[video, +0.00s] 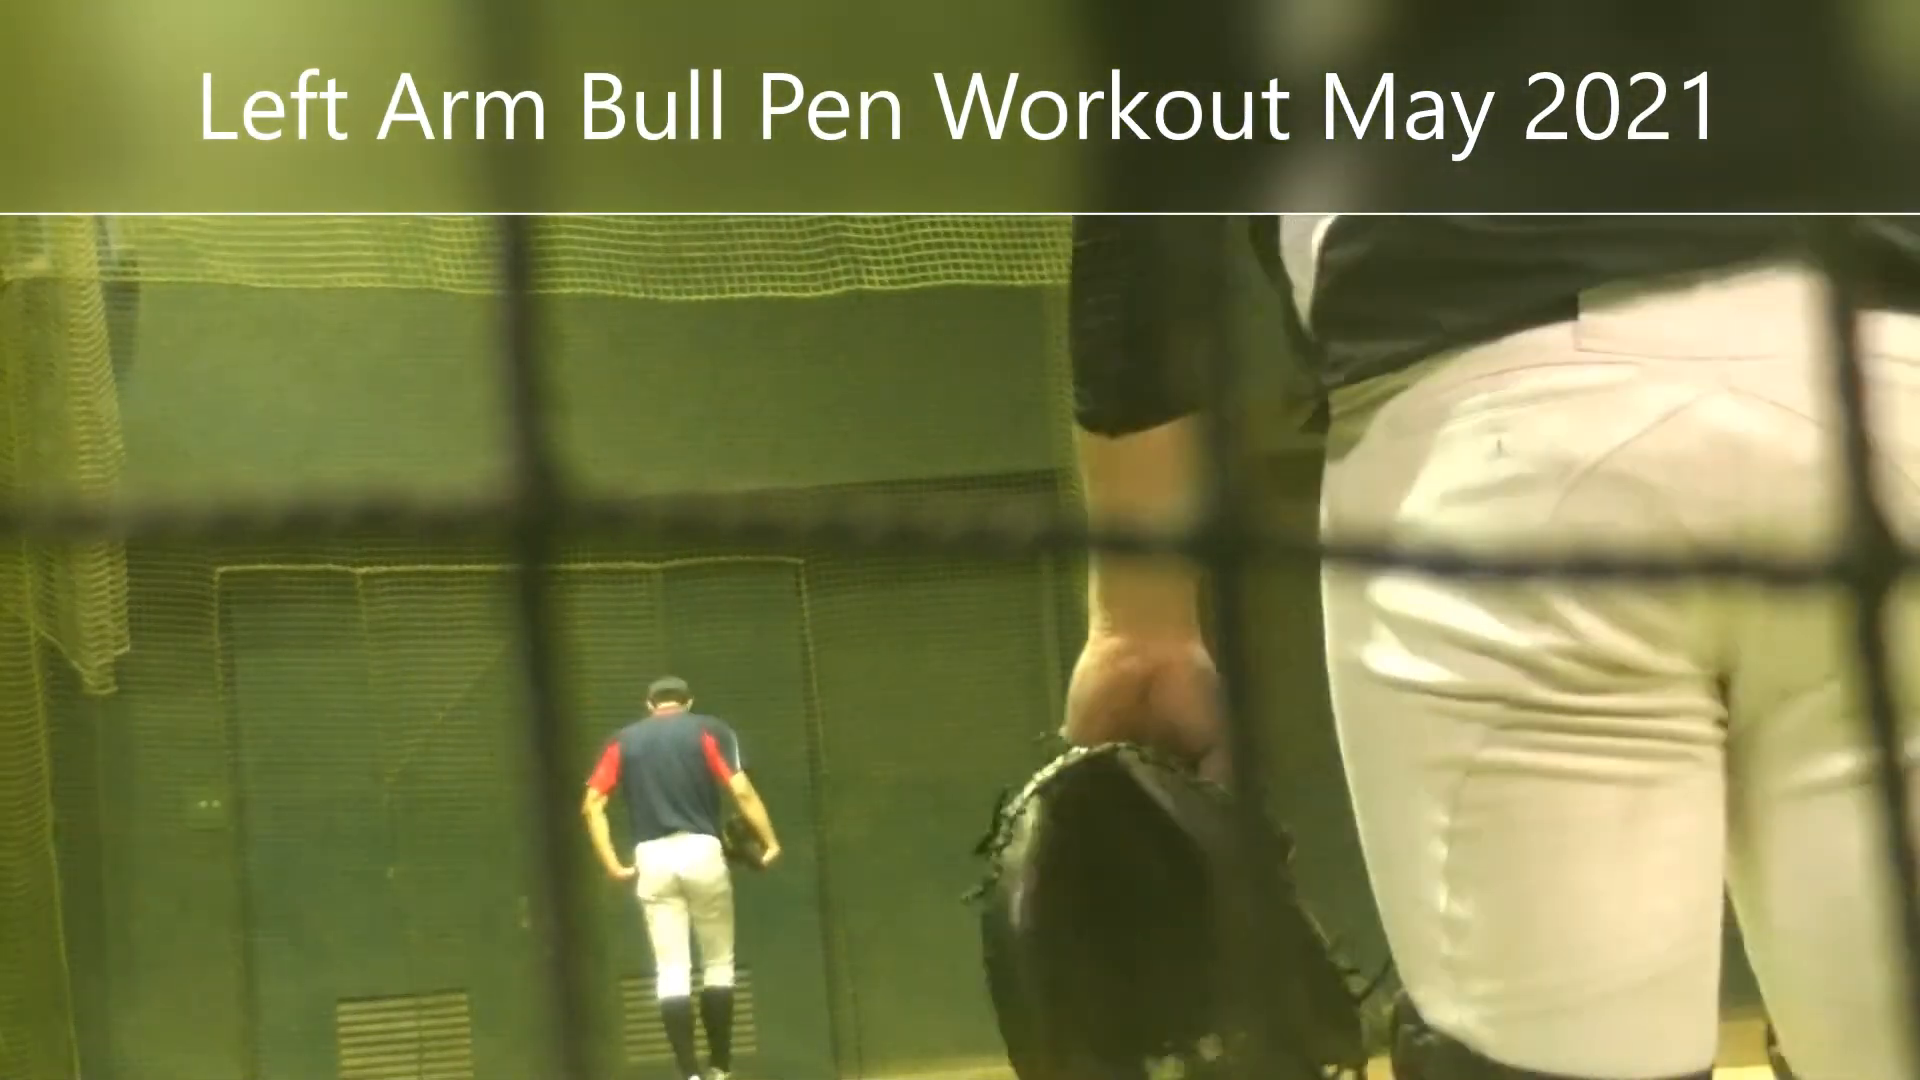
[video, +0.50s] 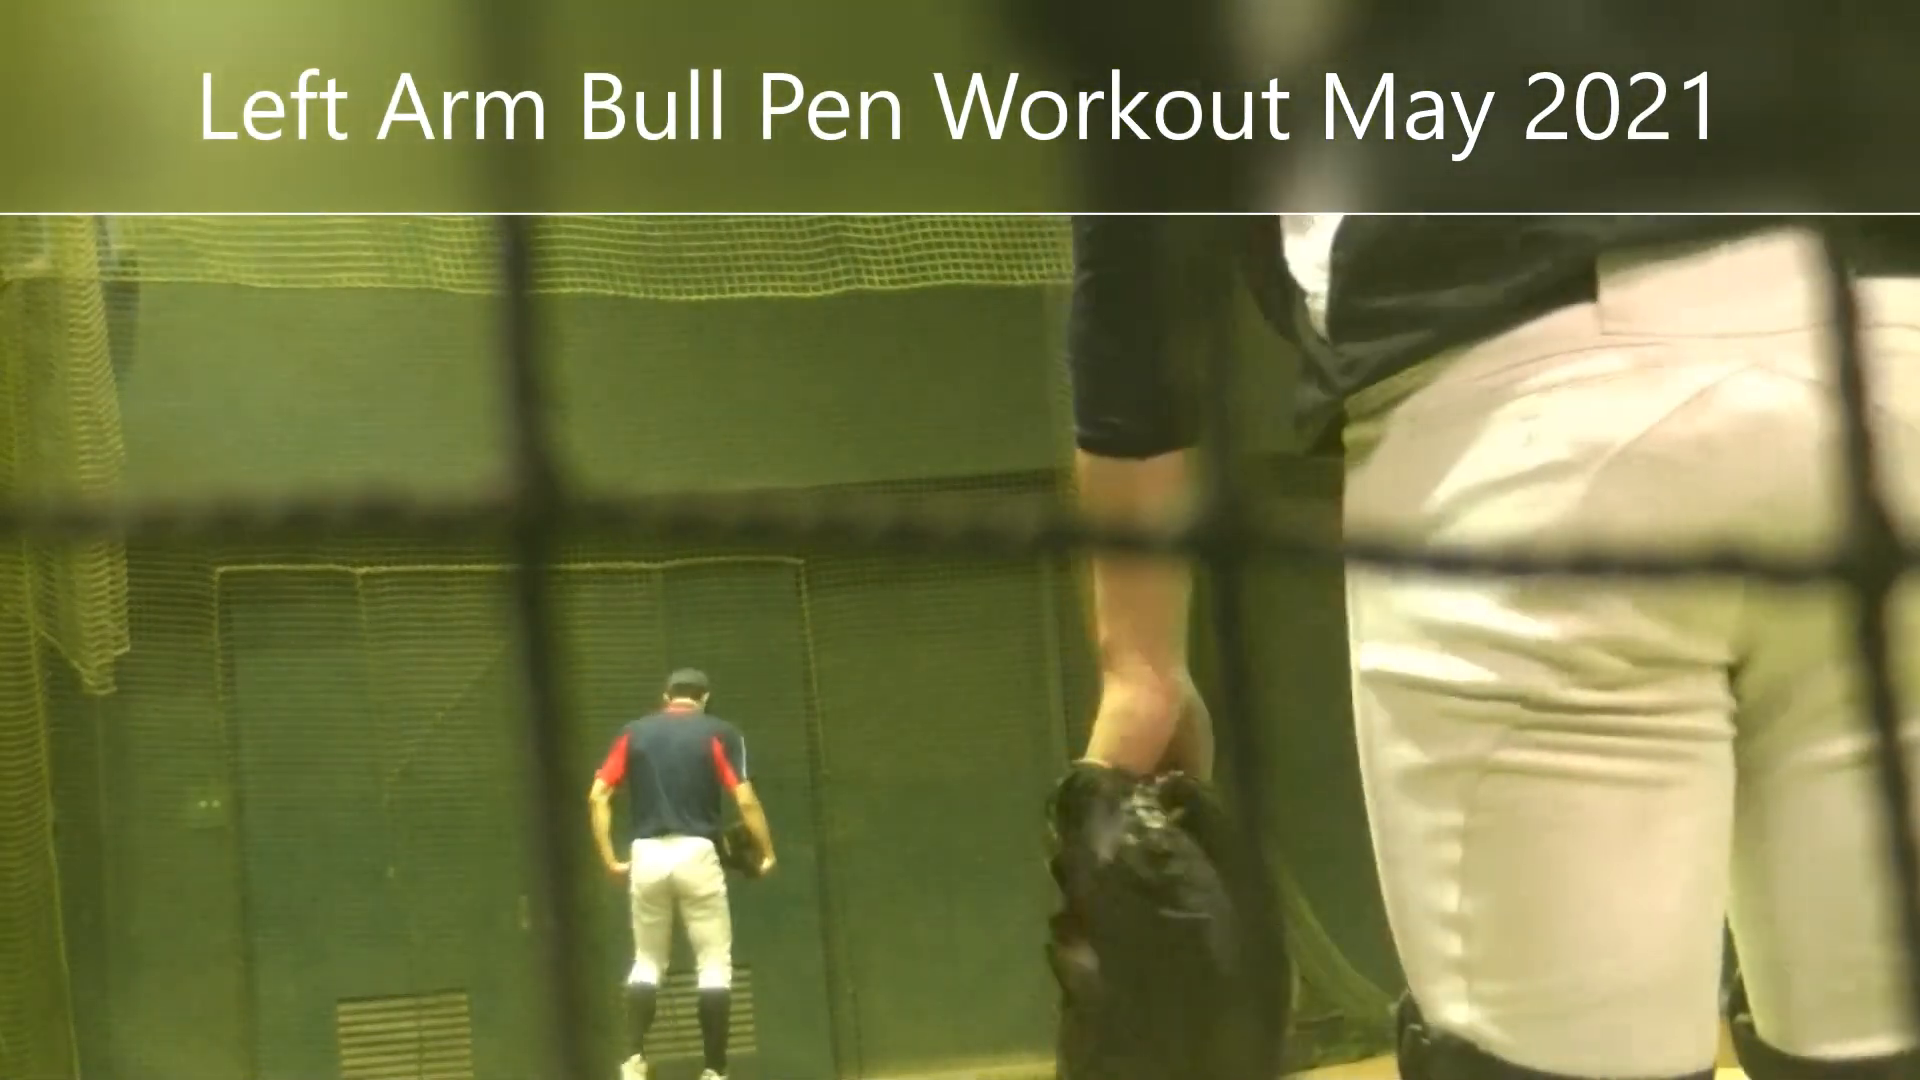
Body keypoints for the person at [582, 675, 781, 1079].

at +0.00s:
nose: (670, 708)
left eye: (662, 701)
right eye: (680, 701)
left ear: (650, 705)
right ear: (688, 702)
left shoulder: (625, 740)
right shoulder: (709, 731)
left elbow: (592, 803)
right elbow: (742, 792)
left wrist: (613, 866)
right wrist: (770, 842)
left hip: (653, 857)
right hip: (702, 851)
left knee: (671, 968)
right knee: (718, 961)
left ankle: (687, 1070)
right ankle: (720, 1066)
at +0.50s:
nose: (698, 704)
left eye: (674, 697)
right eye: (701, 698)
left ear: (666, 698)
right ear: (703, 699)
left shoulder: (634, 733)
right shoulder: (719, 733)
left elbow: (598, 794)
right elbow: (745, 799)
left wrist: (609, 860)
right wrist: (766, 852)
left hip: (646, 857)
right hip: (697, 856)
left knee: (647, 958)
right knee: (713, 959)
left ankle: (633, 1057)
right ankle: (715, 1068)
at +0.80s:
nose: (687, 717)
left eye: (687, 711)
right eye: (688, 711)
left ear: (649, 700)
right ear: (679, 703)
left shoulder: (611, 737)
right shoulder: (677, 732)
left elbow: (580, 802)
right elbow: (694, 791)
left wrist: (607, 846)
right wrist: (738, 835)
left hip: (614, 862)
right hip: (659, 860)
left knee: (634, 968)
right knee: (694, 961)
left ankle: (614, 1072)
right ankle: (712, 1067)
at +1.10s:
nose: (660, 718)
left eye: (663, 712)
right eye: (662, 711)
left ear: (633, 695)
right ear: (650, 697)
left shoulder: (597, 732)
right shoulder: (633, 730)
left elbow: (612, 804)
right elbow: (630, 799)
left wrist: (666, 838)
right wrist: (671, 840)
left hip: (589, 858)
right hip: (621, 857)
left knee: (614, 970)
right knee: (667, 959)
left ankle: (605, 1072)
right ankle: (671, 1067)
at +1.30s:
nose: (651, 718)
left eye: (654, 711)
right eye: (652, 709)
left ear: (630, 696)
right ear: (637, 697)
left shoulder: (599, 731)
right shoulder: (613, 734)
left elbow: (626, 785)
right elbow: (601, 807)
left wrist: (682, 792)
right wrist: (646, 851)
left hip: (589, 859)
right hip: (607, 859)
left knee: (615, 968)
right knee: (640, 962)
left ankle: (601, 1066)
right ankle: (620, 1067)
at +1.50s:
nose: (647, 718)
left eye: (650, 710)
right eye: (646, 708)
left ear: (629, 701)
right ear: (626, 698)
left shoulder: (612, 739)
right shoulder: (598, 739)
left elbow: (653, 755)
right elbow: (572, 808)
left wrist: (708, 735)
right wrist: (616, 855)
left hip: (619, 868)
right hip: (595, 867)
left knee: (625, 975)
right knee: (617, 975)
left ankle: (607, 1069)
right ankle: (600, 1070)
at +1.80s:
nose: (645, 726)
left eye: (648, 718)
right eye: (640, 717)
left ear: (644, 717)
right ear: (618, 710)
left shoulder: (640, 755)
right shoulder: (572, 754)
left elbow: (690, 793)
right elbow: (530, 810)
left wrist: (750, 787)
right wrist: (556, 851)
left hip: (615, 879)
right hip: (573, 882)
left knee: (635, 972)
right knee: (589, 982)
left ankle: (572, 1056)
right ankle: (586, 1067)